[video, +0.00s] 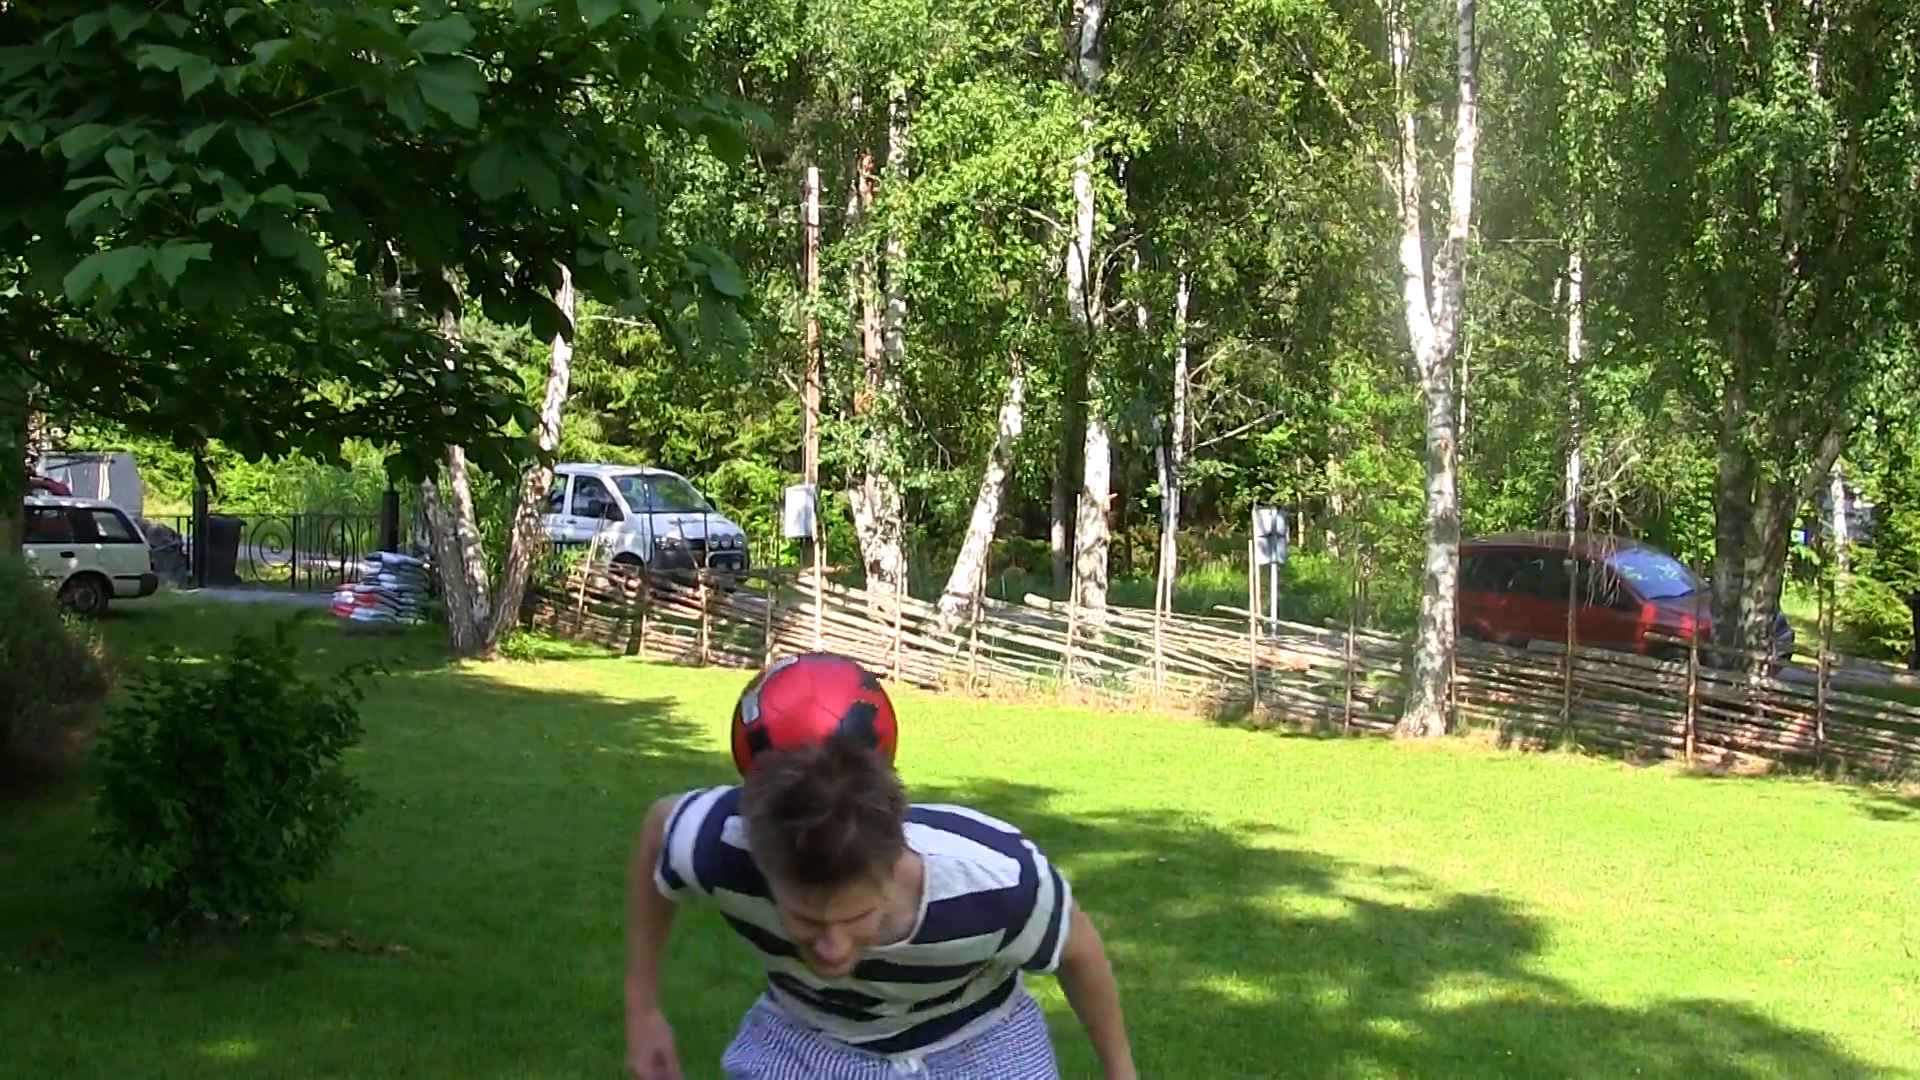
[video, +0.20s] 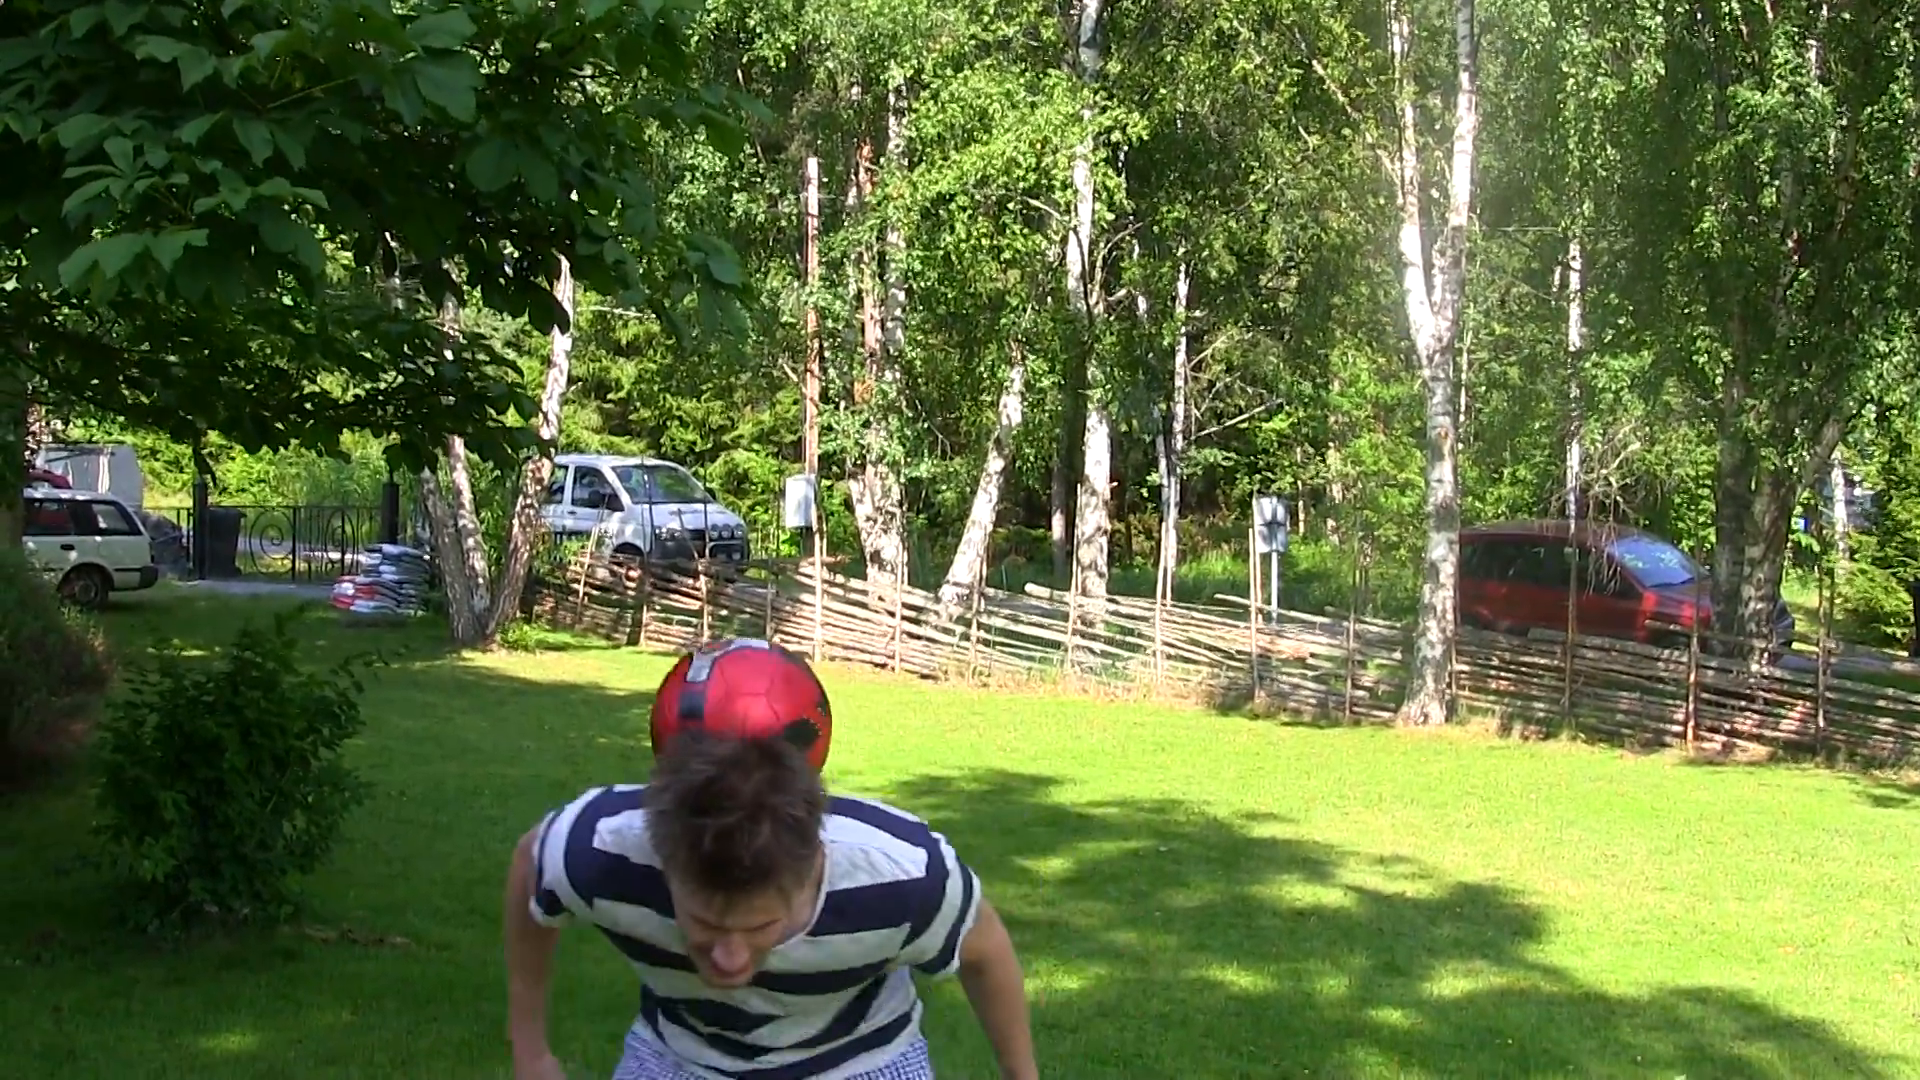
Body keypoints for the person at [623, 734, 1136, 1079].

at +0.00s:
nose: (833, 948)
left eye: (859, 918)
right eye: (805, 921)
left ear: (897, 863)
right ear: (769, 869)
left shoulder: (1004, 886)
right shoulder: (723, 851)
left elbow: (1081, 953)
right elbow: (661, 825)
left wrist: (1122, 1069)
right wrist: (641, 1008)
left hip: (977, 1032)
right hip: (806, 1027)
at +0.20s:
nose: (730, 958)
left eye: (764, 928)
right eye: (704, 924)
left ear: (818, 866)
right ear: (666, 859)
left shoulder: (911, 878)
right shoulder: (600, 852)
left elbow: (987, 951)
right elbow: (531, 869)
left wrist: (1023, 1071)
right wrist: (529, 1045)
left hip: (861, 1055)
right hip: (679, 1049)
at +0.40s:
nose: (701, 940)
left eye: (738, 907)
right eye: (672, 900)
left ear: (793, 838)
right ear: (629, 828)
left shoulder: (878, 837)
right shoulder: (540, 819)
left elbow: (935, 895)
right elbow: (450, 854)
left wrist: (947, 1033)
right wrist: (424, 1047)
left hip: (801, 1042)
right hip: (608, 1041)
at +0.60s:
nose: (744, 941)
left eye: (784, 905)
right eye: (712, 899)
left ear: (828, 835)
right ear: (652, 820)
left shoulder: (898, 831)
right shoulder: (536, 819)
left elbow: (905, 898)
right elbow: (383, 884)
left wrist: (893, 1018)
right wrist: (342, 1068)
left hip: (764, 1064)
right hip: (554, 1061)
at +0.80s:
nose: (847, 838)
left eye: (892, 800)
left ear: (924, 783)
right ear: (748, 710)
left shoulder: (906, 802)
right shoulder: (555, 805)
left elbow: (869, 902)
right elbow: (338, 963)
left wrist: (870, 1060)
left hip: (767, 1063)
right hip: (546, 1064)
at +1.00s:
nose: (934, 572)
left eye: (977, 538)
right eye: (909, 510)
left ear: (1001, 549)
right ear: (826, 472)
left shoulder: (916, 662)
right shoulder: (622, 631)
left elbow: (839, 890)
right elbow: (337, 899)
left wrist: (873, 1071)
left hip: (766, 1068)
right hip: (544, 1065)